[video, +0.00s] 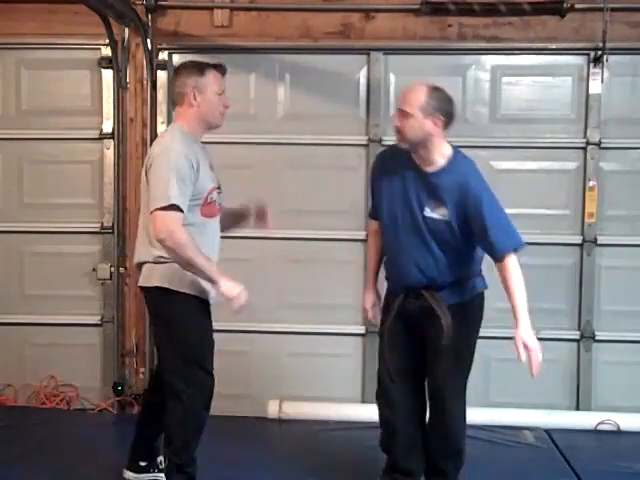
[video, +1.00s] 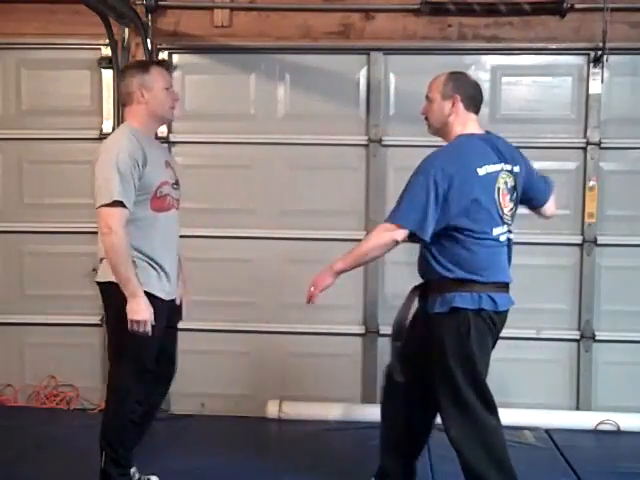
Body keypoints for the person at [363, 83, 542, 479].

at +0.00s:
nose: (395, 121)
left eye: (404, 115)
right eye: (397, 112)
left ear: (435, 125)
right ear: (424, 122)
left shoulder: (464, 179)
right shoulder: (388, 163)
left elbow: (505, 253)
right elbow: (377, 226)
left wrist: (523, 324)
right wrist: (370, 286)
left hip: (455, 302)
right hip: (401, 298)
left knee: (445, 397)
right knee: (395, 395)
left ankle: (442, 472)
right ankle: (401, 470)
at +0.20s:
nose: (372, 112)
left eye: (379, 105)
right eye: (373, 104)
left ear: (405, 110)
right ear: (399, 111)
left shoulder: (442, 164)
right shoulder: (383, 158)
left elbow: (470, 241)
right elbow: (374, 229)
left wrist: (467, 308)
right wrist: (357, 283)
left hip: (442, 297)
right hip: (399, 296)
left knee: (433, 390)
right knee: (384, 396)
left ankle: (461, 470)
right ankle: (399, 472)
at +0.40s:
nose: (374, 106)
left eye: (380, 98)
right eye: (376, 98)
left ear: (402, 103)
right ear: (405, 104)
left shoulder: (437, 160)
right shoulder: (398, 157)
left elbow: (427, 243)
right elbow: (393, 229)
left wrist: (387, 305)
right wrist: (364, 274)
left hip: (446, 292)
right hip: (410, 291)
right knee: (390, 391)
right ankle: (398, 473)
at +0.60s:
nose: (392, 106)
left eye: (398, 98)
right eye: (394, 98)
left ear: (421, 102)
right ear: (429, 104)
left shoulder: (438, 159)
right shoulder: (448, 152)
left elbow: (409, 239)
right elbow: (430, 232)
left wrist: (355, 280)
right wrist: (392, 272)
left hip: (454, 296)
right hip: (434, 293)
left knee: (467, 410)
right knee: (403, 399)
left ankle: (495, 477)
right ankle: (397, 473)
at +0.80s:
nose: (412, 106)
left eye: (418, 98)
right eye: (414, 98)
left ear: (443, 103)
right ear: (448, 105)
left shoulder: (443, 161)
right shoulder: (479, 151)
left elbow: (403, 235)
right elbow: (475, 226)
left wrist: (352, 265)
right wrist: (414, 239)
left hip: (461, 301)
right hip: (481, 295)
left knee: (473, 414)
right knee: (421, 402)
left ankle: (499, 479)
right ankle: (401, 475)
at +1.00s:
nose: (423, 110)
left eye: (429, 101)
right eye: (425, 100)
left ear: (455, 105)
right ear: (463, 108)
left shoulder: (441, 164)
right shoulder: (505, 153)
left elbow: (394, 231)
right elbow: (548, 206)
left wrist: (335, 269)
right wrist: (514, 180)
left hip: (456, 304)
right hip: (488, 301)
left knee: (467, 414)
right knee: (405, 393)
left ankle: (497, 478)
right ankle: (392, 475)